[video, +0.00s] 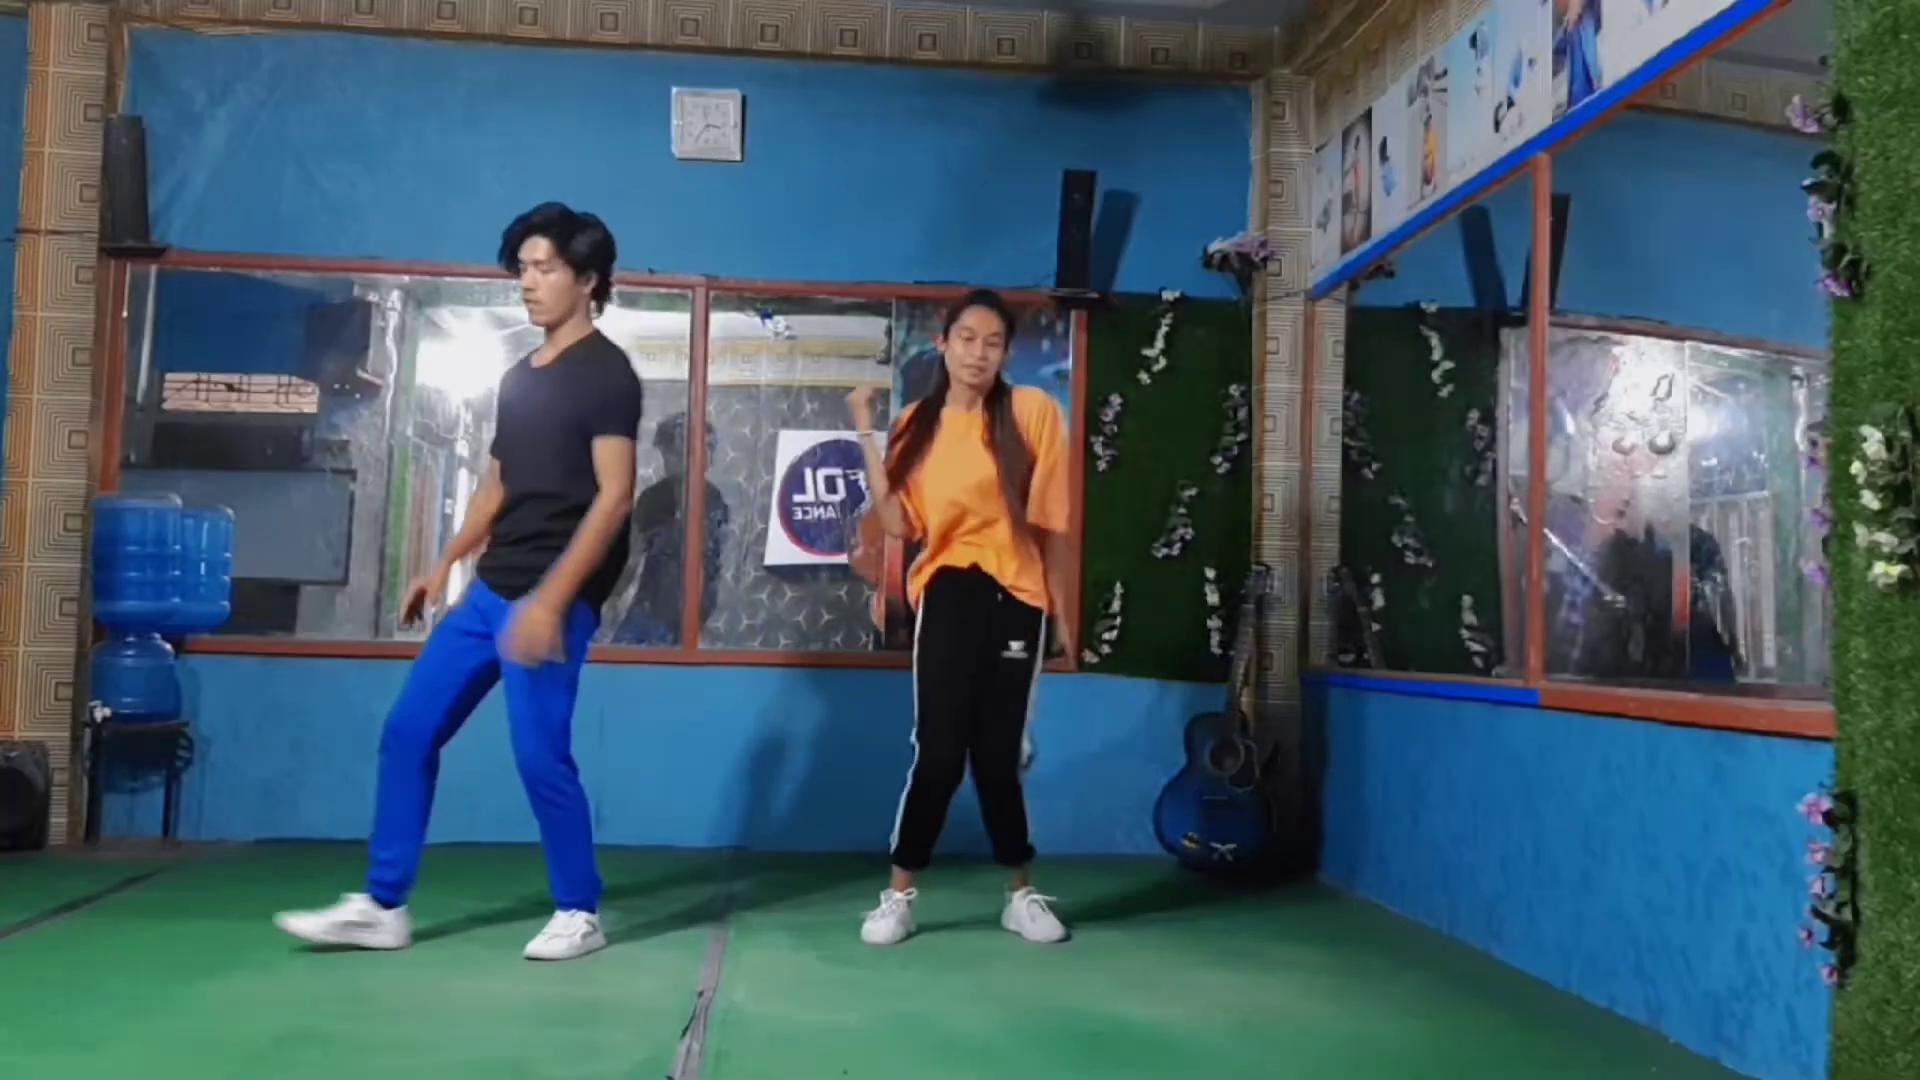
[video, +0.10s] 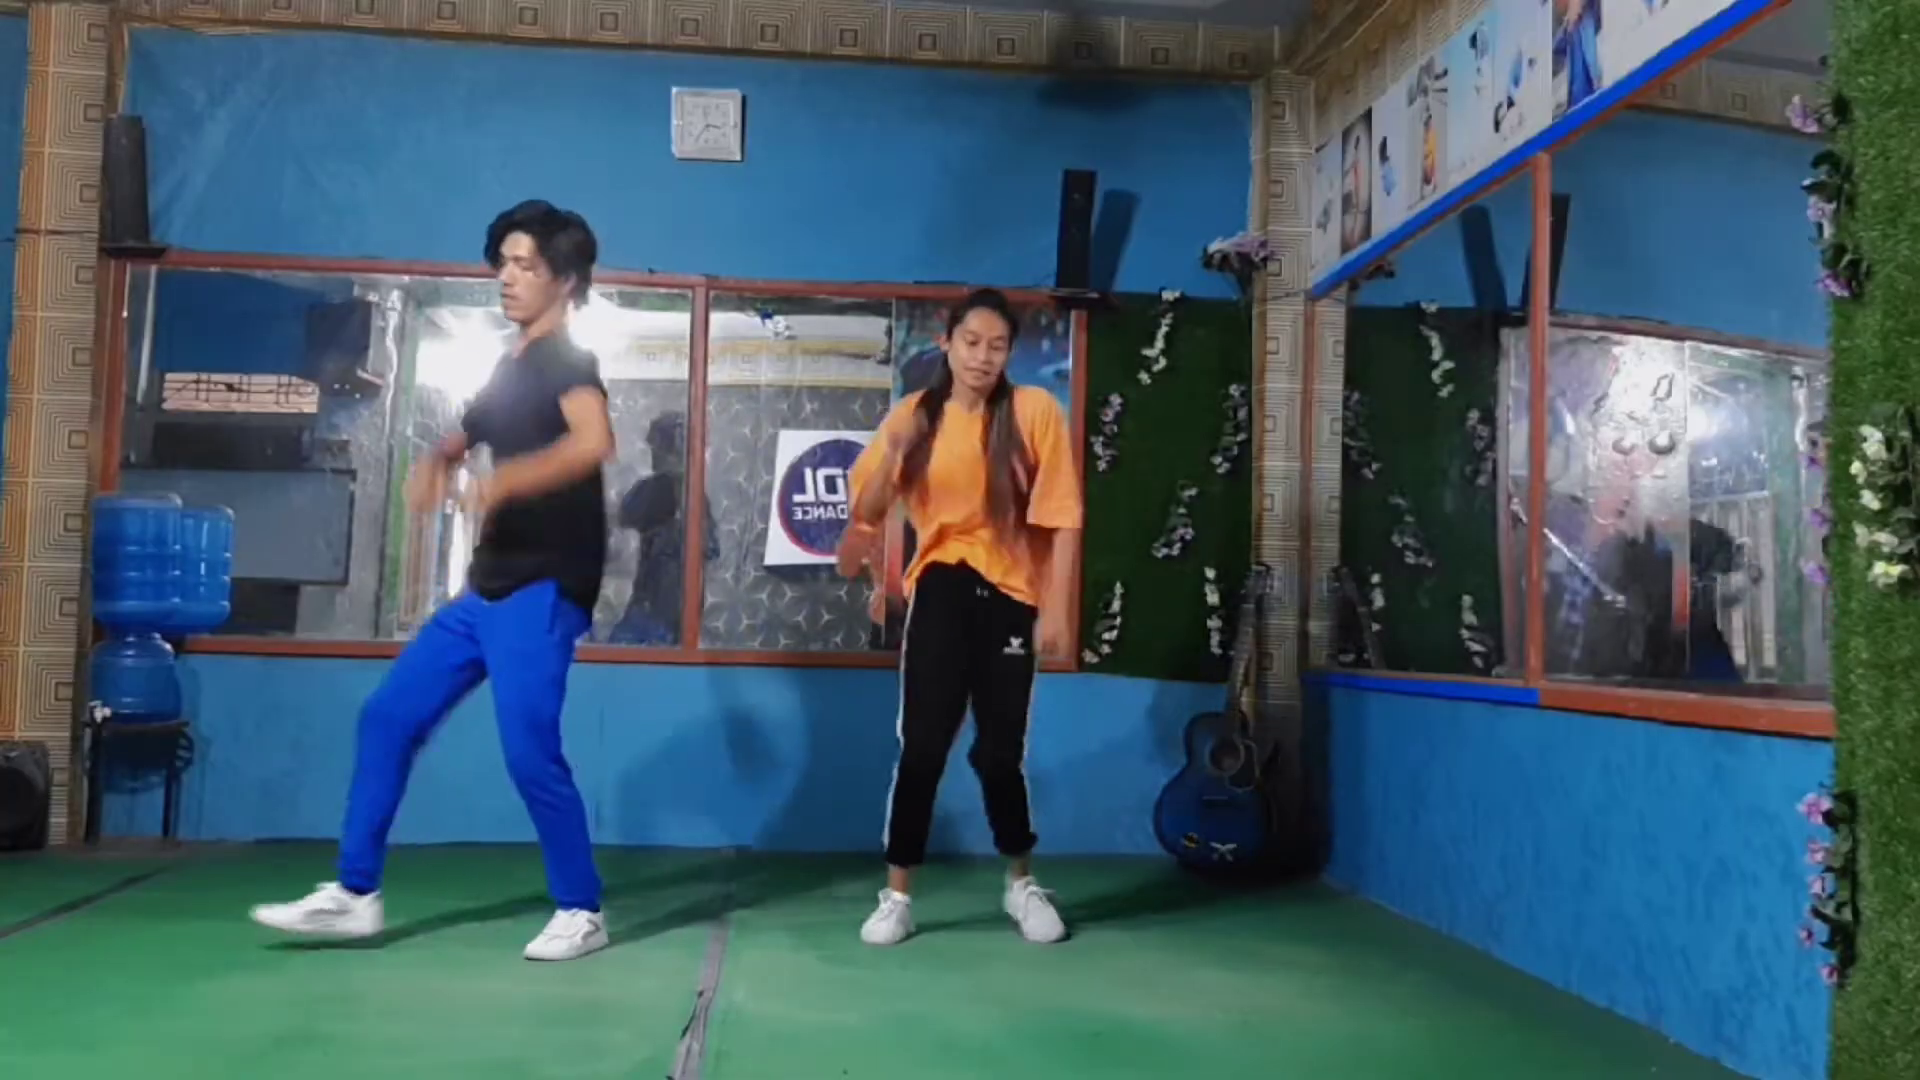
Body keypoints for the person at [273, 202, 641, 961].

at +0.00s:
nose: (528, 284)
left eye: (543, 269)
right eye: (522, 271)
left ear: (588, 279)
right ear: (519, 280)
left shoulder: (607, 371)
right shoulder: (522, 377)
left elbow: (617, 496)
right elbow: (499, 486)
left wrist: (550, 601)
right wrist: (446, 564)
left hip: (553, 604)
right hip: (490, 593)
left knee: (542, 758)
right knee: (409, 731)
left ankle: (578, 914)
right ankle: (382, 904)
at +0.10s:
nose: (508, 279)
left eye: (524, 266)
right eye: (504, 266)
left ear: (566, 278)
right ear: (501, 276)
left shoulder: (567, 360)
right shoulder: (513, 367)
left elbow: (595, 442)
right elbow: (465, 436)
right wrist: (436, 470)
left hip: (545, 591)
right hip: (484, 592)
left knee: (531, 752)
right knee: (388, 717)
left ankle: (580, 911)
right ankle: (353, 892)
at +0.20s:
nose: (485, 270)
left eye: (502, 258)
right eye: (483, 257)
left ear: (545, 272)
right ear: (480, 266)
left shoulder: (544, 342)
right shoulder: (476, 354)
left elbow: (569, 402)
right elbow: (438, 405)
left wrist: (463, 413)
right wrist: (418, 412)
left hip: (514, 585)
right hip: (453, 580)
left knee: (474, 742)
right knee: (362, 712)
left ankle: (561, 880)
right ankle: (393, 883)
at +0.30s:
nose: (471, 275)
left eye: (487, 262)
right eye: (466, 261)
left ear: (529, 275)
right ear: (461, 269)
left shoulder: (532, 348)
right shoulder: (454, 357)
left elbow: (548, 435)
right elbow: (424, 437)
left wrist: (444, 476)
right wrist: (393, 463)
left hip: (481, 583)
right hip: (423, 581)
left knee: (411, 739)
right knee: (374, 740)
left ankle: (499, 871)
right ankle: (415, 907)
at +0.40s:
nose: (460, 280)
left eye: (478, 269)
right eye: (454, 267)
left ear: (517, 284)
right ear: (445, 274)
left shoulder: (522, 360)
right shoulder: (439, 368)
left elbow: (553, 469)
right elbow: (424, 464)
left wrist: (460, 521)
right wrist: (381, 509)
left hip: (448, 585)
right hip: (395, 578)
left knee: (384, 746)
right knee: (370, 745)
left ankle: (495, 868)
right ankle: (413, 908)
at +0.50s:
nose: (457, 279)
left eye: (477, 268)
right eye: (450, 264)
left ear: (510, 284)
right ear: (436, 271)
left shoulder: (516, 357)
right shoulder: (417, 365)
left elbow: (568, 449)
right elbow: (384, 446)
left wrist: (467, 477)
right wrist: (351, 455)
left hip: (436, 584)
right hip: (375, 579)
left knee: (378, 745)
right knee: (366, 748)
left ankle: (478, 869)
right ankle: (411, 903)